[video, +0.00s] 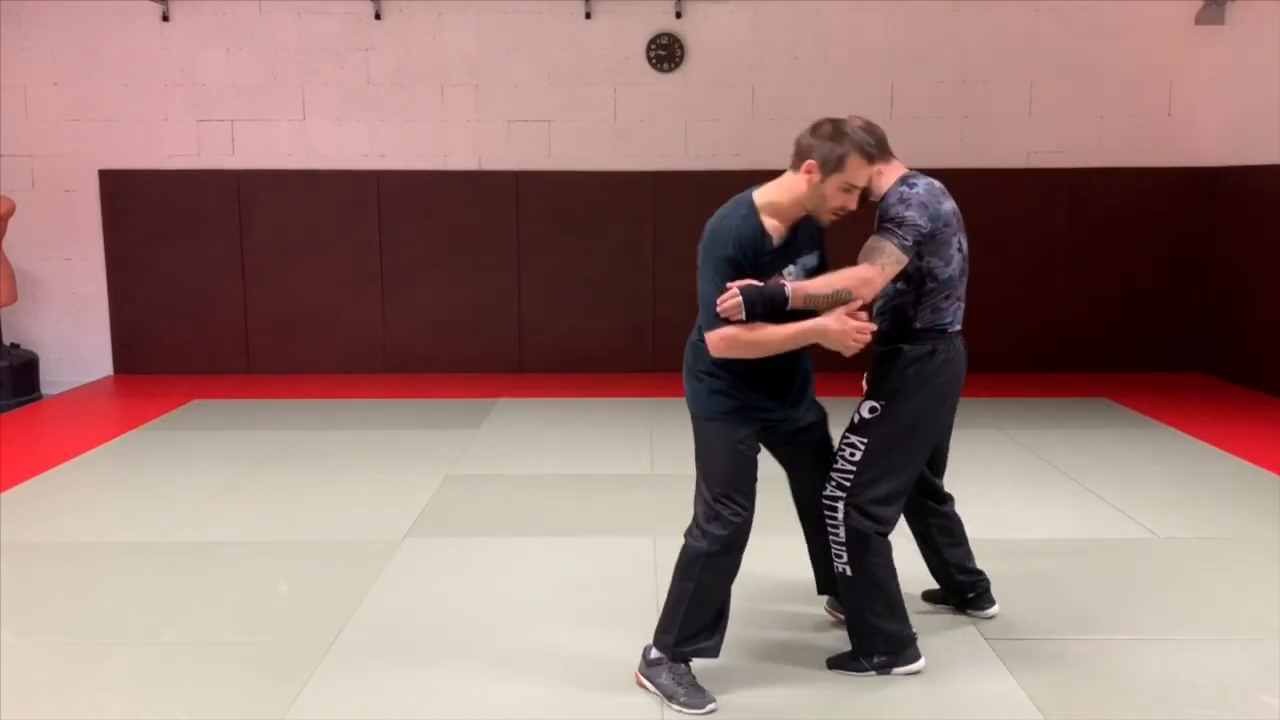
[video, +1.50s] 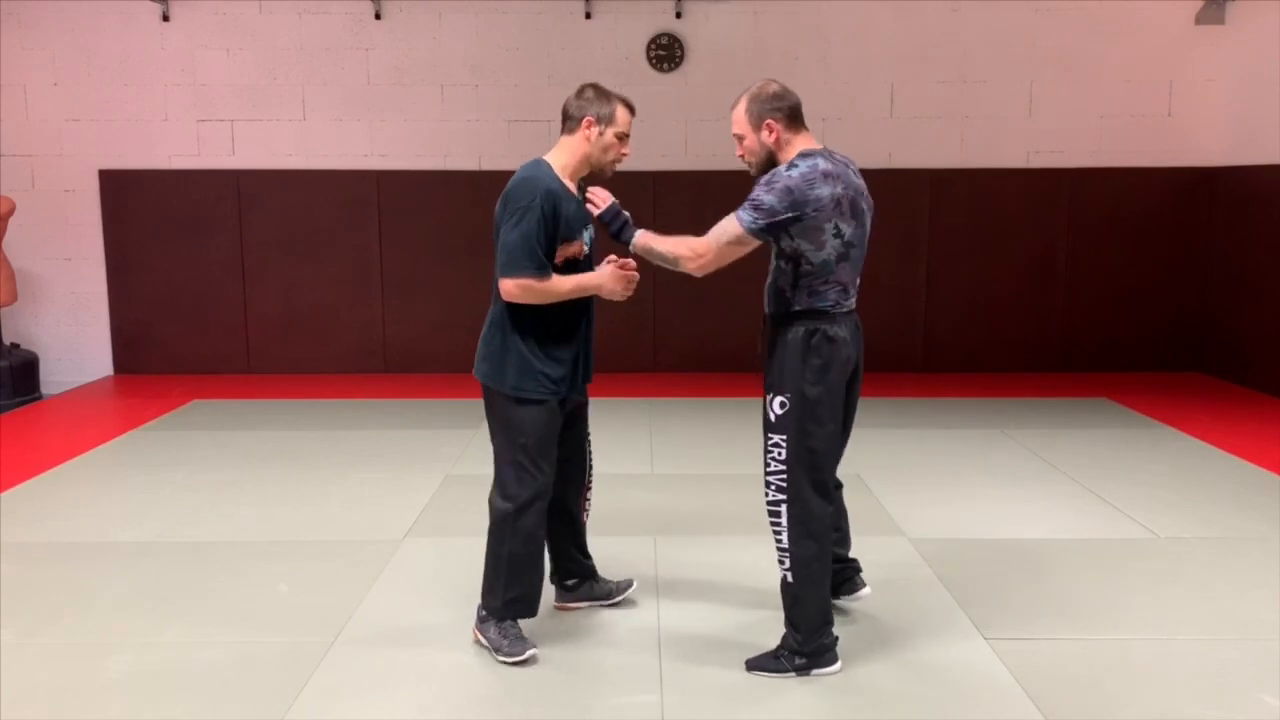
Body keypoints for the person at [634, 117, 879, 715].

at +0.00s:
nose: (852, 204)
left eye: (857, 192)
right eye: (847, 189)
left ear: (814, 175)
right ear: (809, 172)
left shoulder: (808, 221)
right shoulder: (729, 233)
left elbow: (805, 296)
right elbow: (721, 339)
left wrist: (845, 310)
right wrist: (816, 330)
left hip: (789, 385)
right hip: (726, 391)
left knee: (826, 491)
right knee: (723, 521)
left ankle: (843, 594)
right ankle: (666, 656)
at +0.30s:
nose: (765, 151)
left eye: (768, 138)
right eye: (763, 137)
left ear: (724, 130)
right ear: (730, 132)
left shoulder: (695, 190)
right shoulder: (674, 205)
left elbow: (693, 288)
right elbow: (674, 319)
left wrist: (738, 296)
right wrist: (747, 314)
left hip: (704, 383)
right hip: (675, 391)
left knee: (714, 498)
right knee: (687, 523)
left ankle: (672, 581)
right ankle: (664, 660)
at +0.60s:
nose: (724, 161)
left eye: (726, 149)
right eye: (720, 147)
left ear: (684, 143)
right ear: (689, 143)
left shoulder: (653, 199)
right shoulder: (627, 197)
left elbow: (653, 283)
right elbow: (610, 291)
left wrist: (684, 305)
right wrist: (682, 305)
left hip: (632, 379)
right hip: (605, 381)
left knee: (626, 491)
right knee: (624, 506)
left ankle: (591, 586)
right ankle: (633, 646)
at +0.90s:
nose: (662, 146)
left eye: (664, 135)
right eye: (660, 133)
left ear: (619, 129)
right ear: (633, 131)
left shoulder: (594, 191)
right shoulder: (584, 199)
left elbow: (589, 281)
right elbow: (579, 304)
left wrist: (631, 289)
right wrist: (638, 301)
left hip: (593, 376)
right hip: (561, 379)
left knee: (612, 472)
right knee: (550, 498)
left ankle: (596, 584)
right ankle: (508, 618)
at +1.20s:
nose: (634, 143)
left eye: (636, 132)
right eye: (630, 131)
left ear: (594, 128)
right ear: (598, 128)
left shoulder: (572, 189)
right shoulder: (550, 197)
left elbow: (574, 273)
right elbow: (554, 300)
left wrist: (615, 263)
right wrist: (619, 277)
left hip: (569, 374)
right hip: (529, 380)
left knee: (581, 481)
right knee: (523, 502)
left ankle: (582, 579)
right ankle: (507, 622)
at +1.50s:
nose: (627, 148)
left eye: (628, 138)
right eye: (621, 136)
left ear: (589, 132)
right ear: (589, 130)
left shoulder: (575, 193)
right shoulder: (532, 191)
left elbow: (567, 266)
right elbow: (514, 286)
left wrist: (601, 269)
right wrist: (594, 282)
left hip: (562, 369)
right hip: (519, 371)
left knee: (568, 481)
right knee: (523, 492)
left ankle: (574, 579)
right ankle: (496, 615)